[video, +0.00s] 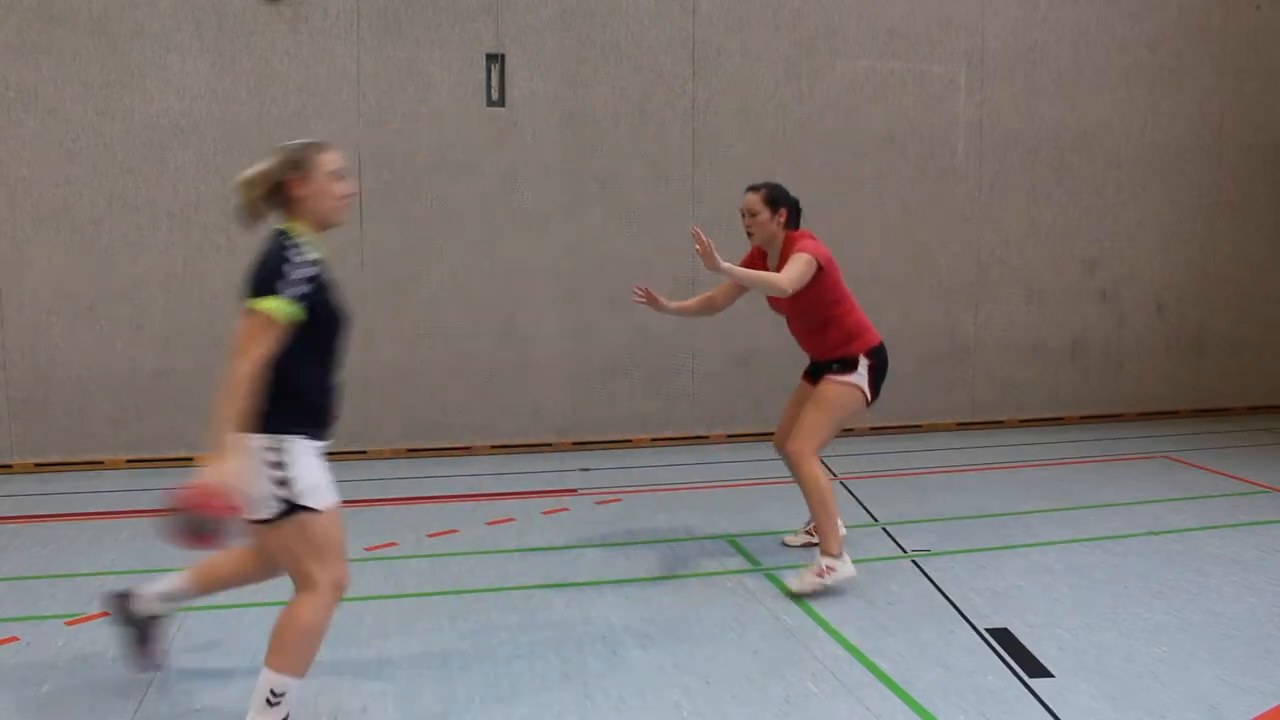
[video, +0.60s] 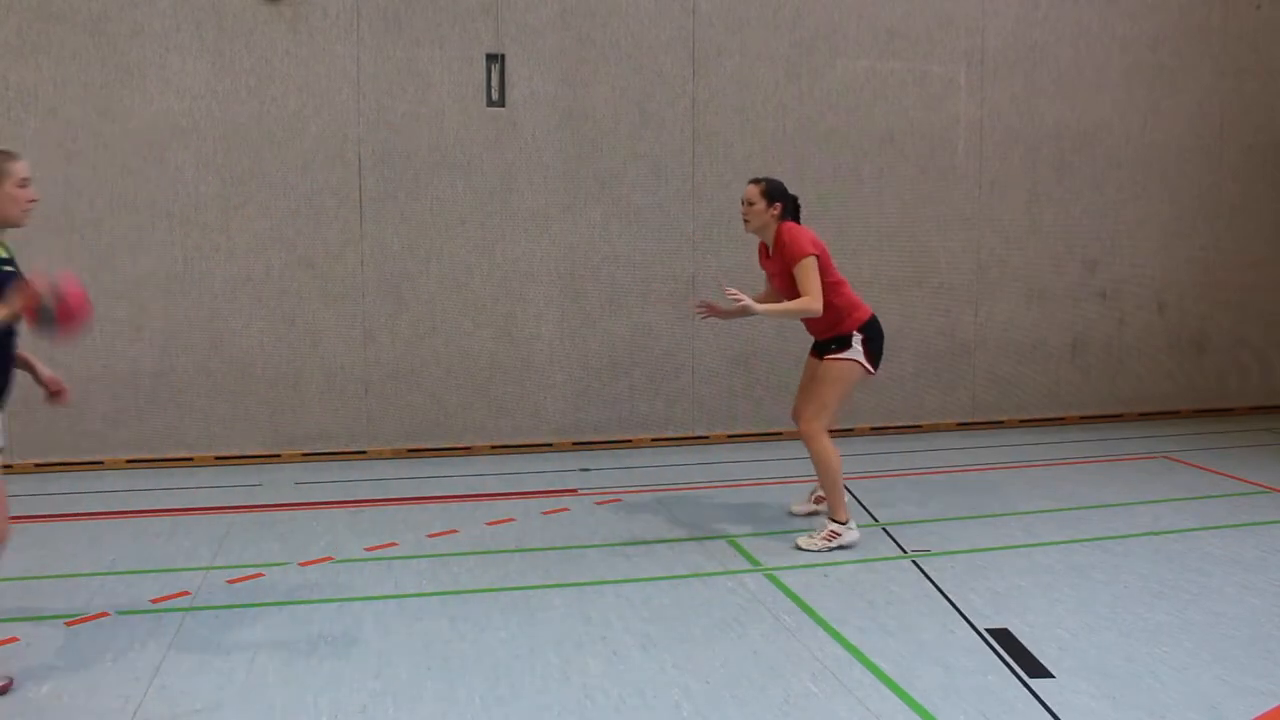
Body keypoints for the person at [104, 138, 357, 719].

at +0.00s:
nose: (349, 189)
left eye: (348, 177)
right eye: (336, 178)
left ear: (301, 191)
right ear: (297, 189)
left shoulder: (301, 257)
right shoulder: (290, 262)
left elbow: (269, 361)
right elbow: (247, 361)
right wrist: (223, 459)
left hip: (284, 442)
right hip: (282, 446)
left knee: (273, 556)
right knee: (324, 580)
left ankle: (148, 601)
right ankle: (269, 710)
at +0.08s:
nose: (296, 190)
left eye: (293, 178)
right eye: (284, 179)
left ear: (251, 188)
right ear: (246, 186)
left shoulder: (246, 252)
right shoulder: (228, 255)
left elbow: (233, 345)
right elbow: (174, 354)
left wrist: (280, 386)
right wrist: (137, 440)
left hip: (212, 427)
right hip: (220, 430)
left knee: (198, 551)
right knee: (270, 562)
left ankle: (79, 632)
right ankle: (262, 707)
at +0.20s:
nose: (221, 186)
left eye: (220, 174)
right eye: (212, 174)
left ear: (177, 181)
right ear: (176, 178)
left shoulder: (172, 241)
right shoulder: (148, 245)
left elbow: (169, 311)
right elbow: (93, 334)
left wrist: (219, 339)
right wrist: (55, 420)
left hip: (128, 417)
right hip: (128, 420)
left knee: (118, 544)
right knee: (170, 549)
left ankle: (36, 665)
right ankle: (183, 686)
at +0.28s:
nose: (178, 169)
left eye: (177, 159)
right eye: (168, 159)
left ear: (137, 164)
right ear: (133, 162)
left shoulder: (130, 223)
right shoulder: (109, 226)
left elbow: (117, 297)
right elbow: (59, 317)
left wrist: (166, 317)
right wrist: (37, 403)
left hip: (94, 396)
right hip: (92, 399)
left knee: (79, 528)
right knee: (120, 524)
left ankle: (36, 661)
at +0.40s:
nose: (118, 162)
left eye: (116, 151)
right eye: (108, 151)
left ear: (78, 158)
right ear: (74, 157)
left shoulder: (71, 213)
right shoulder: (60, 214)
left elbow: (51, 296)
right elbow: (14, 301)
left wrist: (96, 322)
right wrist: (31, 387)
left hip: (55, 389)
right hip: (39, 393)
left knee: (48, 518)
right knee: (45, 521)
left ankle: (5, 622)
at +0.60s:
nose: (31, 195)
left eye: (29, 184)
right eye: (20, 185)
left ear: (12, 195)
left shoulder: (7, 260)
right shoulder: (1, 259)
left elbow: (2, 336)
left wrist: (35, 369)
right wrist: (16, 305)